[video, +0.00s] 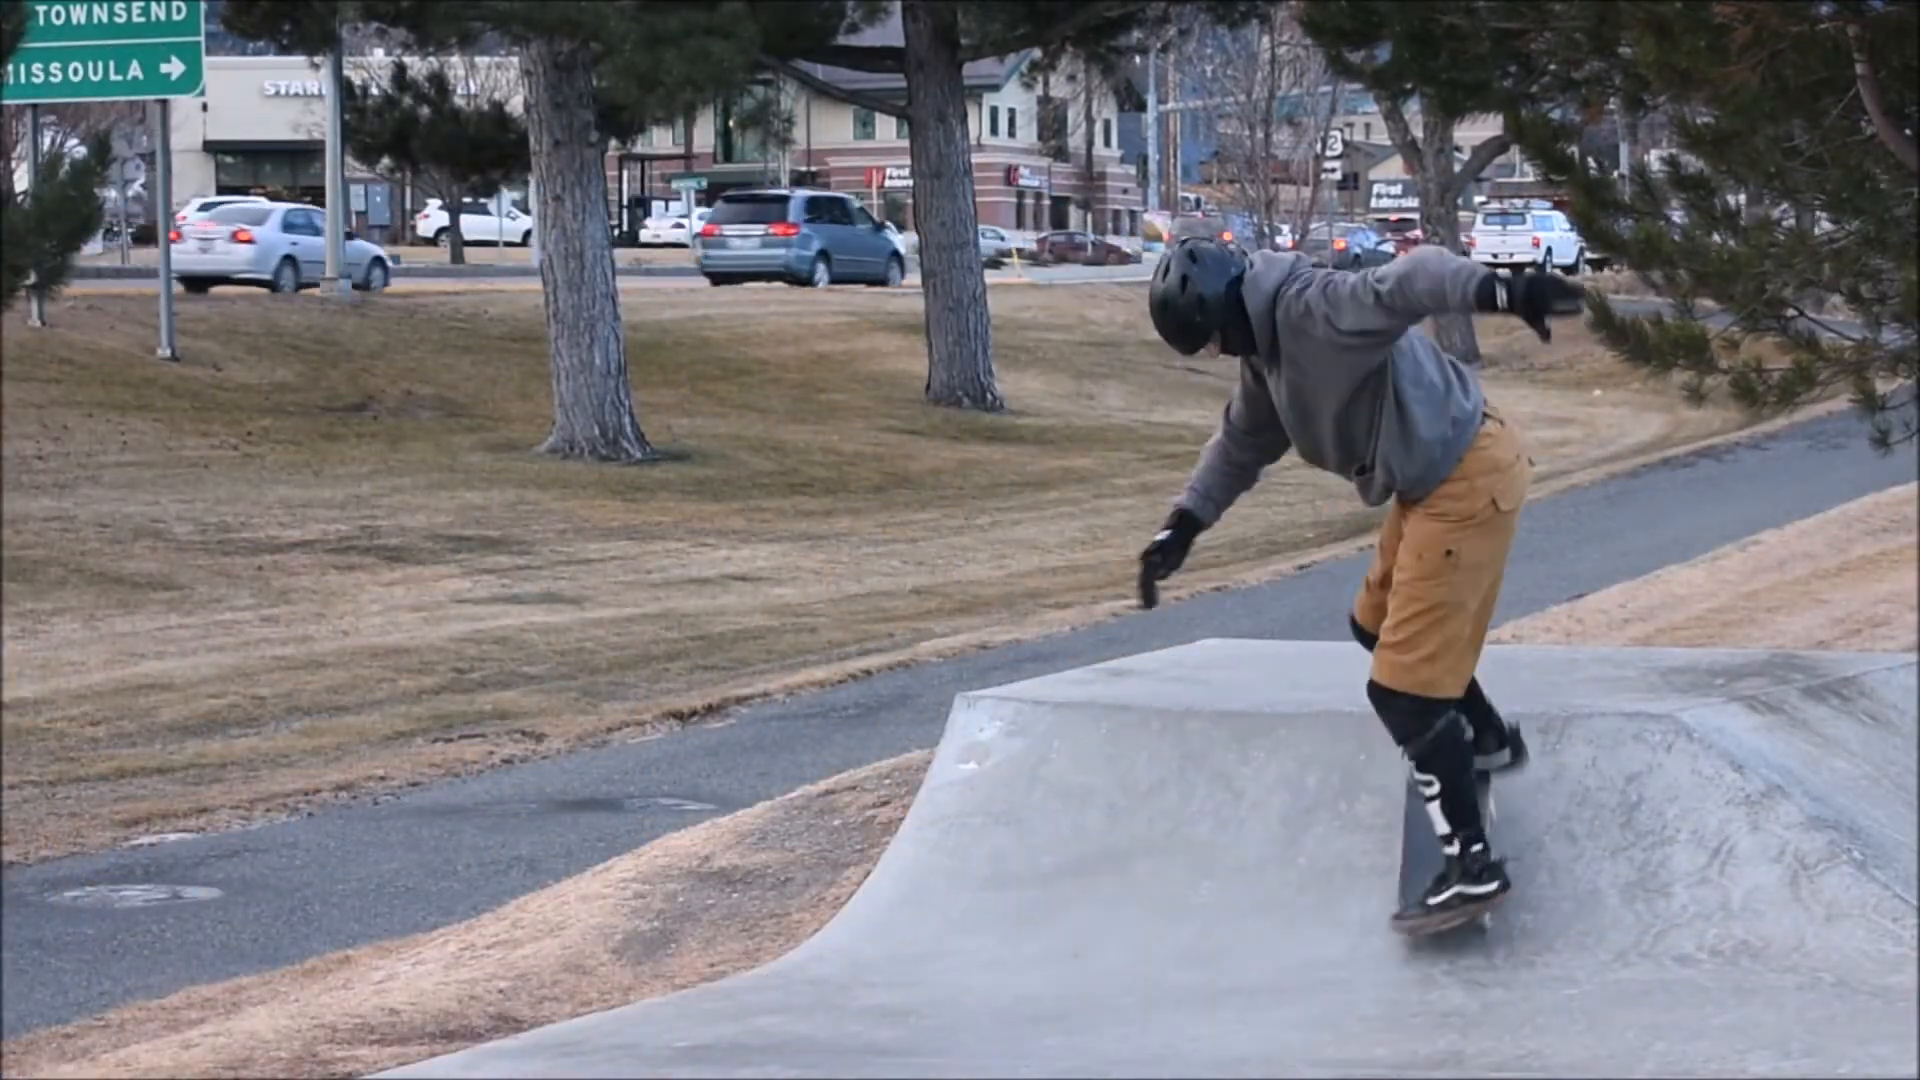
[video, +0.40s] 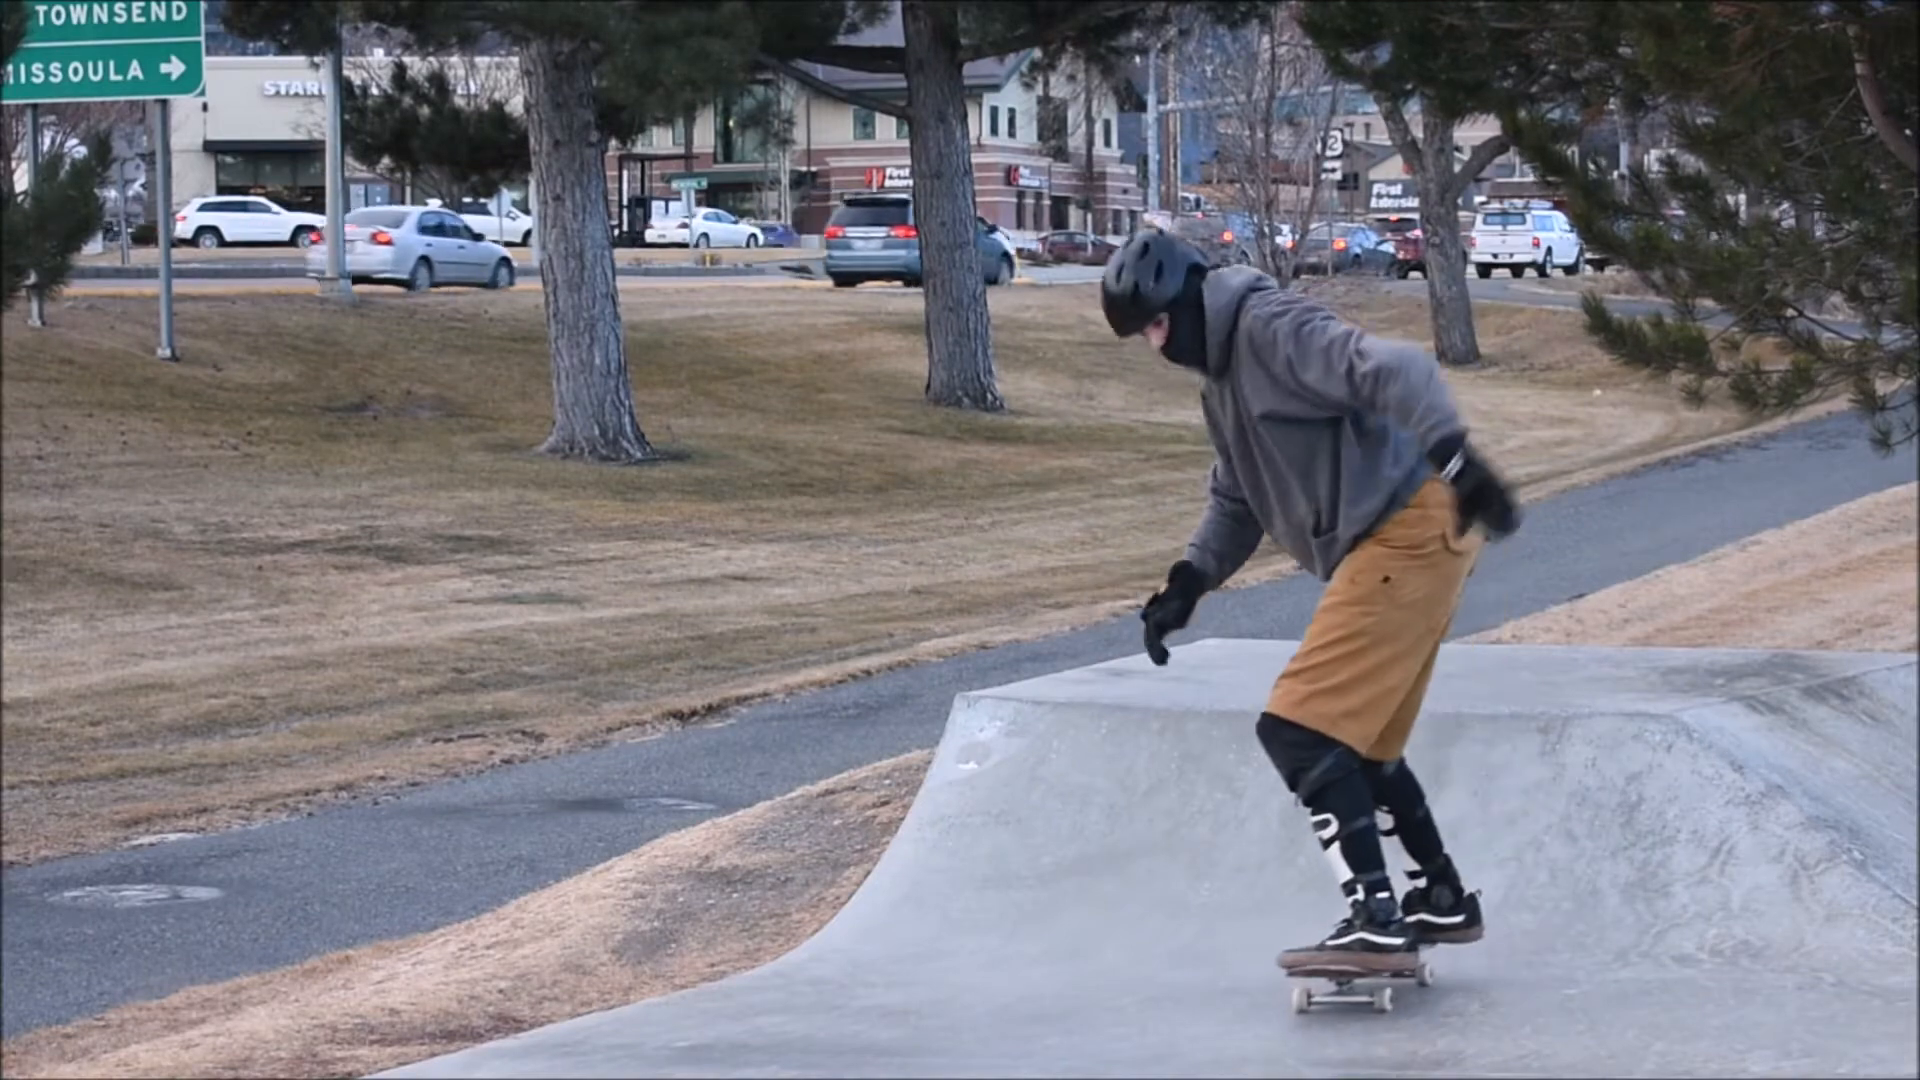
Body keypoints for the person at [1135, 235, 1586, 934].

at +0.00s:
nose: (1218, 349)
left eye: (1212, 335)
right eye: (1206, 343)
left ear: (1225, 302)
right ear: (1223, 302)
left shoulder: (1314, 305)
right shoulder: (1269, 358)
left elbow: (1400, 283)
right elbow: (1240, 444)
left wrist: (1501, 287)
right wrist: (1183, 526)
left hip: (1468, 471)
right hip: (1425, 478)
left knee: (1406, 683)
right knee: (1379, 624)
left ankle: (1472, 863)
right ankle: (1486, 735)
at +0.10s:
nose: (1204, 370)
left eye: (1200, 355)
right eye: (1193, 362)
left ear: (1217, 318)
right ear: (1209, 325)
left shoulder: (1301, 315)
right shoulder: (1259, 386)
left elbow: (1386, 277)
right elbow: (1216, 474)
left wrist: (1488, 263)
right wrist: (1140, 548)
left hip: (1465, 497)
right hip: (1459, 494)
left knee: (1380, 703)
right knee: (1437, 679)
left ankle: (1439, 878)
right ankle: (1497, 812)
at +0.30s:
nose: (1169, 363)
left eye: (1166, 346)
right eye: (1158, 354)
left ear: (1190, 316)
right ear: (1180, 328)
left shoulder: (1275, 330)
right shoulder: (1237, 395)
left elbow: (1392, 323)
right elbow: (1231, 505)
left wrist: (1497, 362)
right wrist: (1174, 567)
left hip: (1433, 518)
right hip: (1435, 522)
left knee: (1322, 717)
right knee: (1392, 737)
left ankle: (1397, 907)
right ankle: (1461, 886)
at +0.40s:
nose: (1152, 340)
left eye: (1153, 321)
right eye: (1141, 329)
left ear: (1183, 293)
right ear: (1155, 313)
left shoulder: (1264, 324)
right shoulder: (1224, 374)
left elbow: (1389, 366)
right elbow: (1238, 501)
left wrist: (1457, 456)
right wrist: (1188, 582)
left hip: (1411, 523)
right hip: (1396, 530)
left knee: (1299, 724)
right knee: (1364, 739)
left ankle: (1376, 919)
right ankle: (1442, 893)